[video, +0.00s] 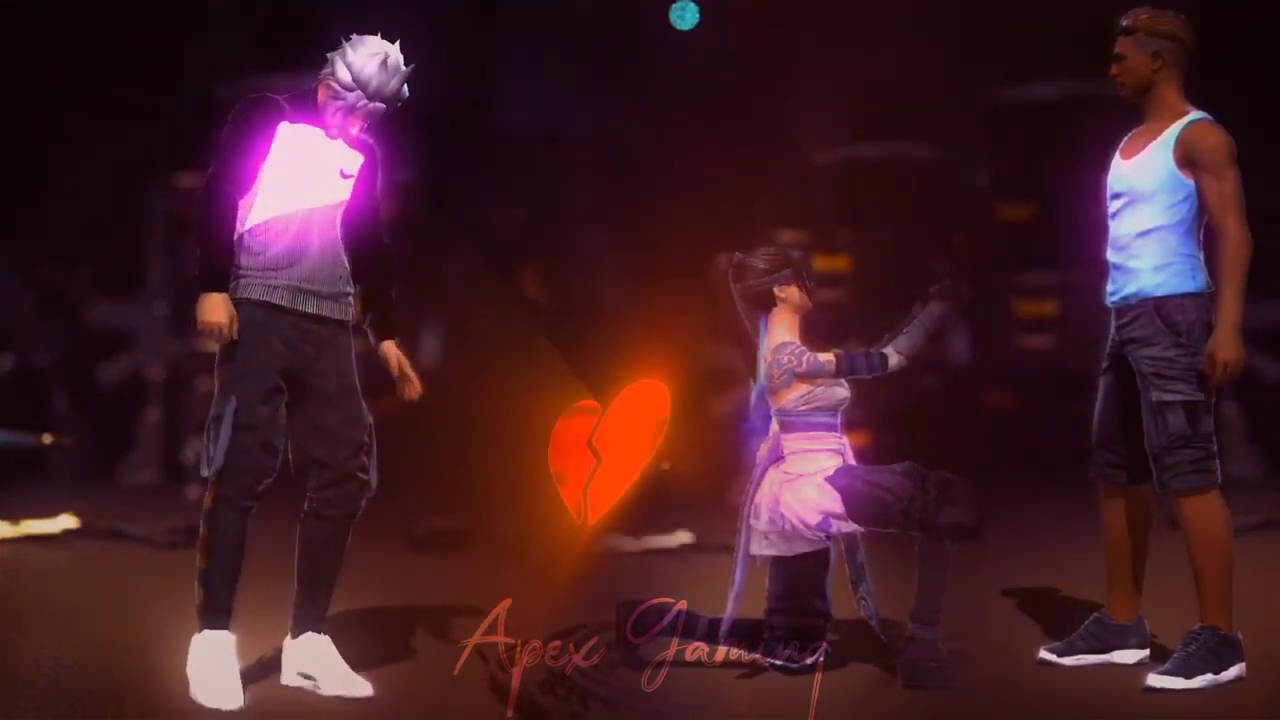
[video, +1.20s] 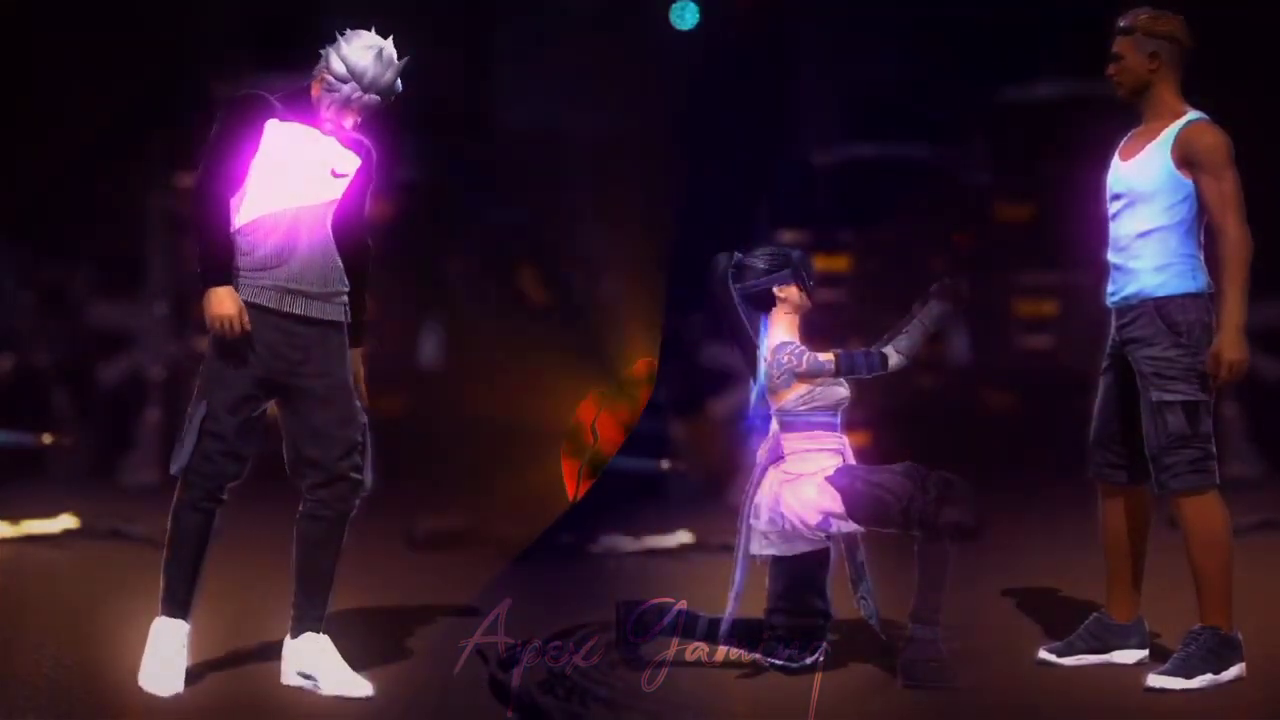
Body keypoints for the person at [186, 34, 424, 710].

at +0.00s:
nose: (355, 124)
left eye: (369, 114)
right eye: (348, 106)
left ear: (383, 109)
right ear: (325, 85)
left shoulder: (373, 154)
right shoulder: (265, 118)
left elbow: (373, 249)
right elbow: (217, 197)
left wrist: (387, 333)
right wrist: (213, 284)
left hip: (334, 326)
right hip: (260, 315)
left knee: (345, 477)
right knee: (245, 469)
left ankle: (307, 639)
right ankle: (213, 638)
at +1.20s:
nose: (348, 116)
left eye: (362, 108)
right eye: (341, 98)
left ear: (375, 107)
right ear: (319, 82)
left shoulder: (369, 157)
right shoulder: (257, 122)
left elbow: (361, 255)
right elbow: (213, 197)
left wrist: (353, 345)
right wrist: (217, 279)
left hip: (325, 333)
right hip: (250, 319)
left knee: (334, 479)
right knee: (208, 473)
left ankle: (307, 637)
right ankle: (172, 625)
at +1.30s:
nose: (344, 115)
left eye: (359, 107)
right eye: (338, 96)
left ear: (372, 107)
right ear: (315, 81)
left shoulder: (364, 154)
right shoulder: (251, 118)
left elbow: (358, 227)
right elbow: (208, 198)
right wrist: (218, 277)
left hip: (319, 331)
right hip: (244, 318)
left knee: (333, 478)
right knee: (203, 471)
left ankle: (306, 637)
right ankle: (169, 623)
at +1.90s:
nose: (340, 111)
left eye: (354, 102)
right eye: (333, 94)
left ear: (365, 98)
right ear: (308, 78)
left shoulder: (362, 150)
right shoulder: (236, 115)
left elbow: (344, 241)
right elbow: (189, 197)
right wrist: (210, 269)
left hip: (307, 329)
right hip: (227, 319)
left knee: (321, 477)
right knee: (188, 470)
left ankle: (304, 639)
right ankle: (161, 623)